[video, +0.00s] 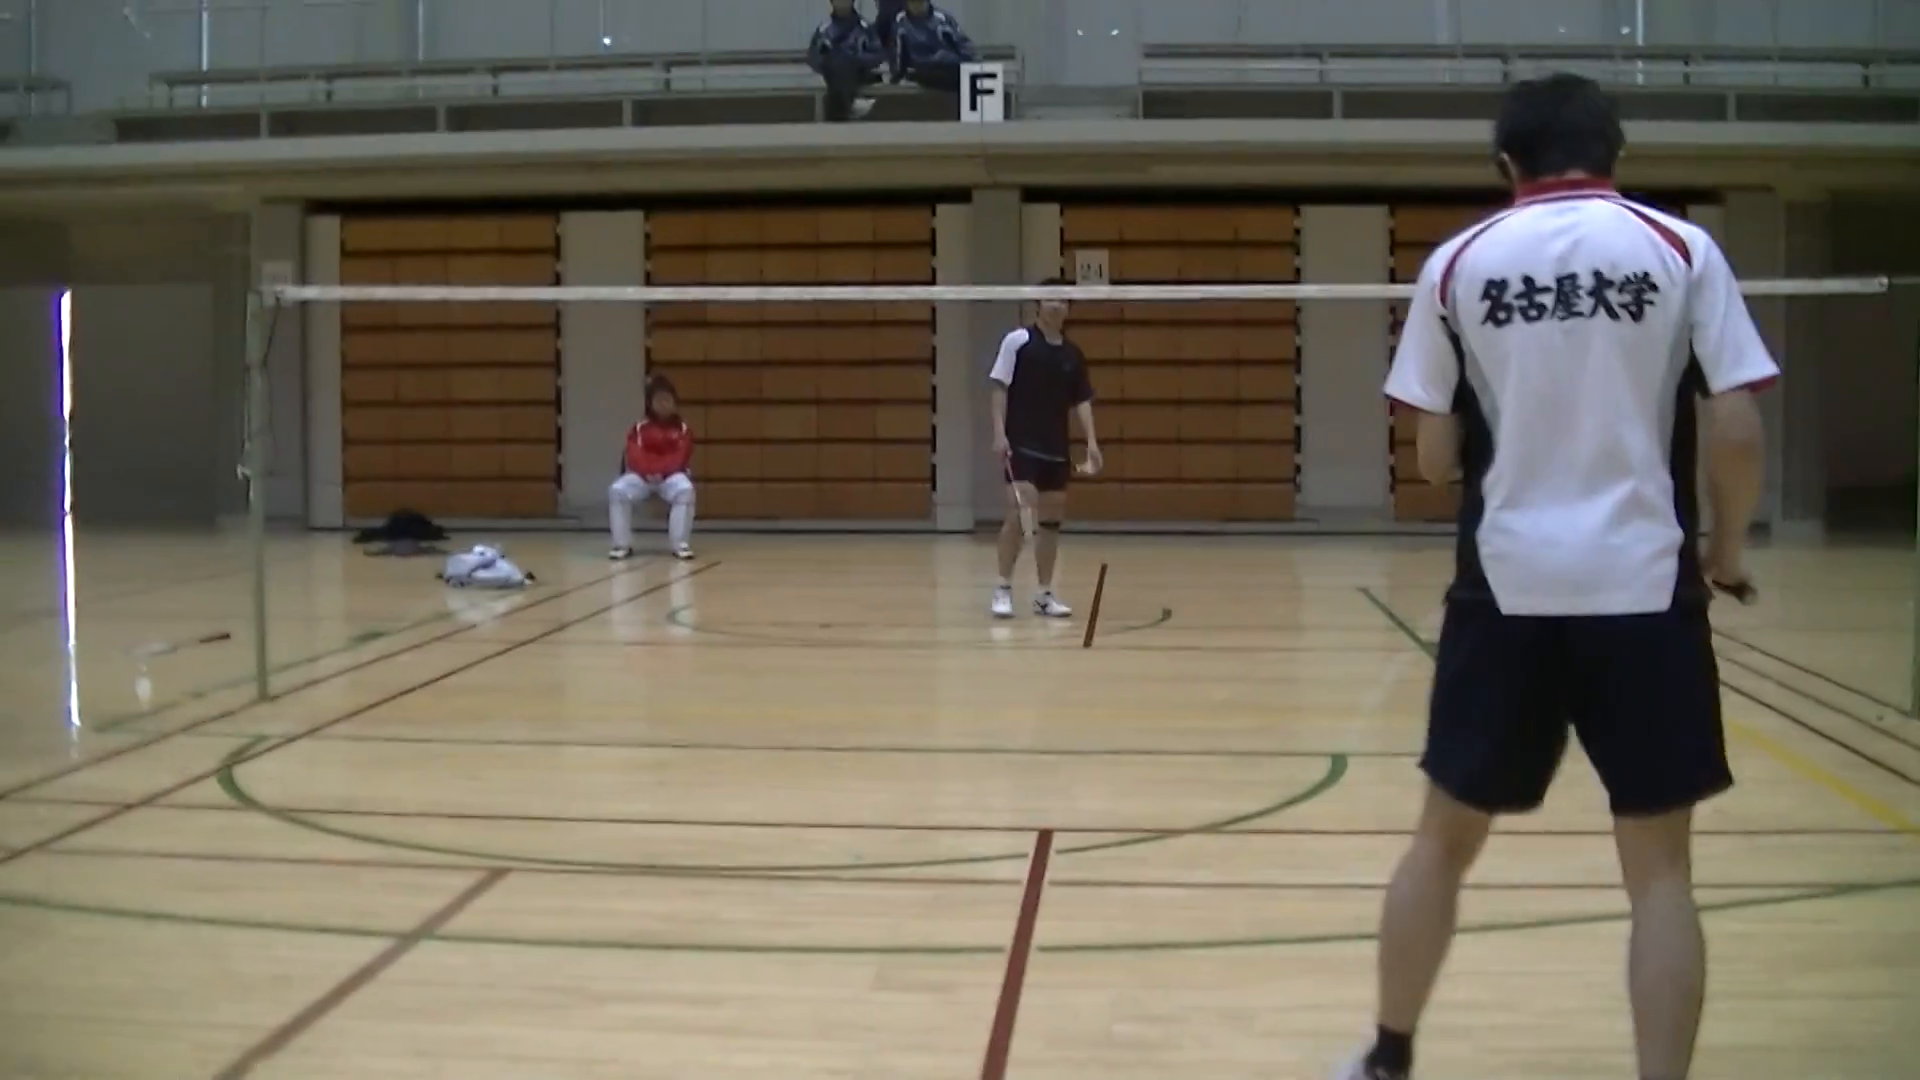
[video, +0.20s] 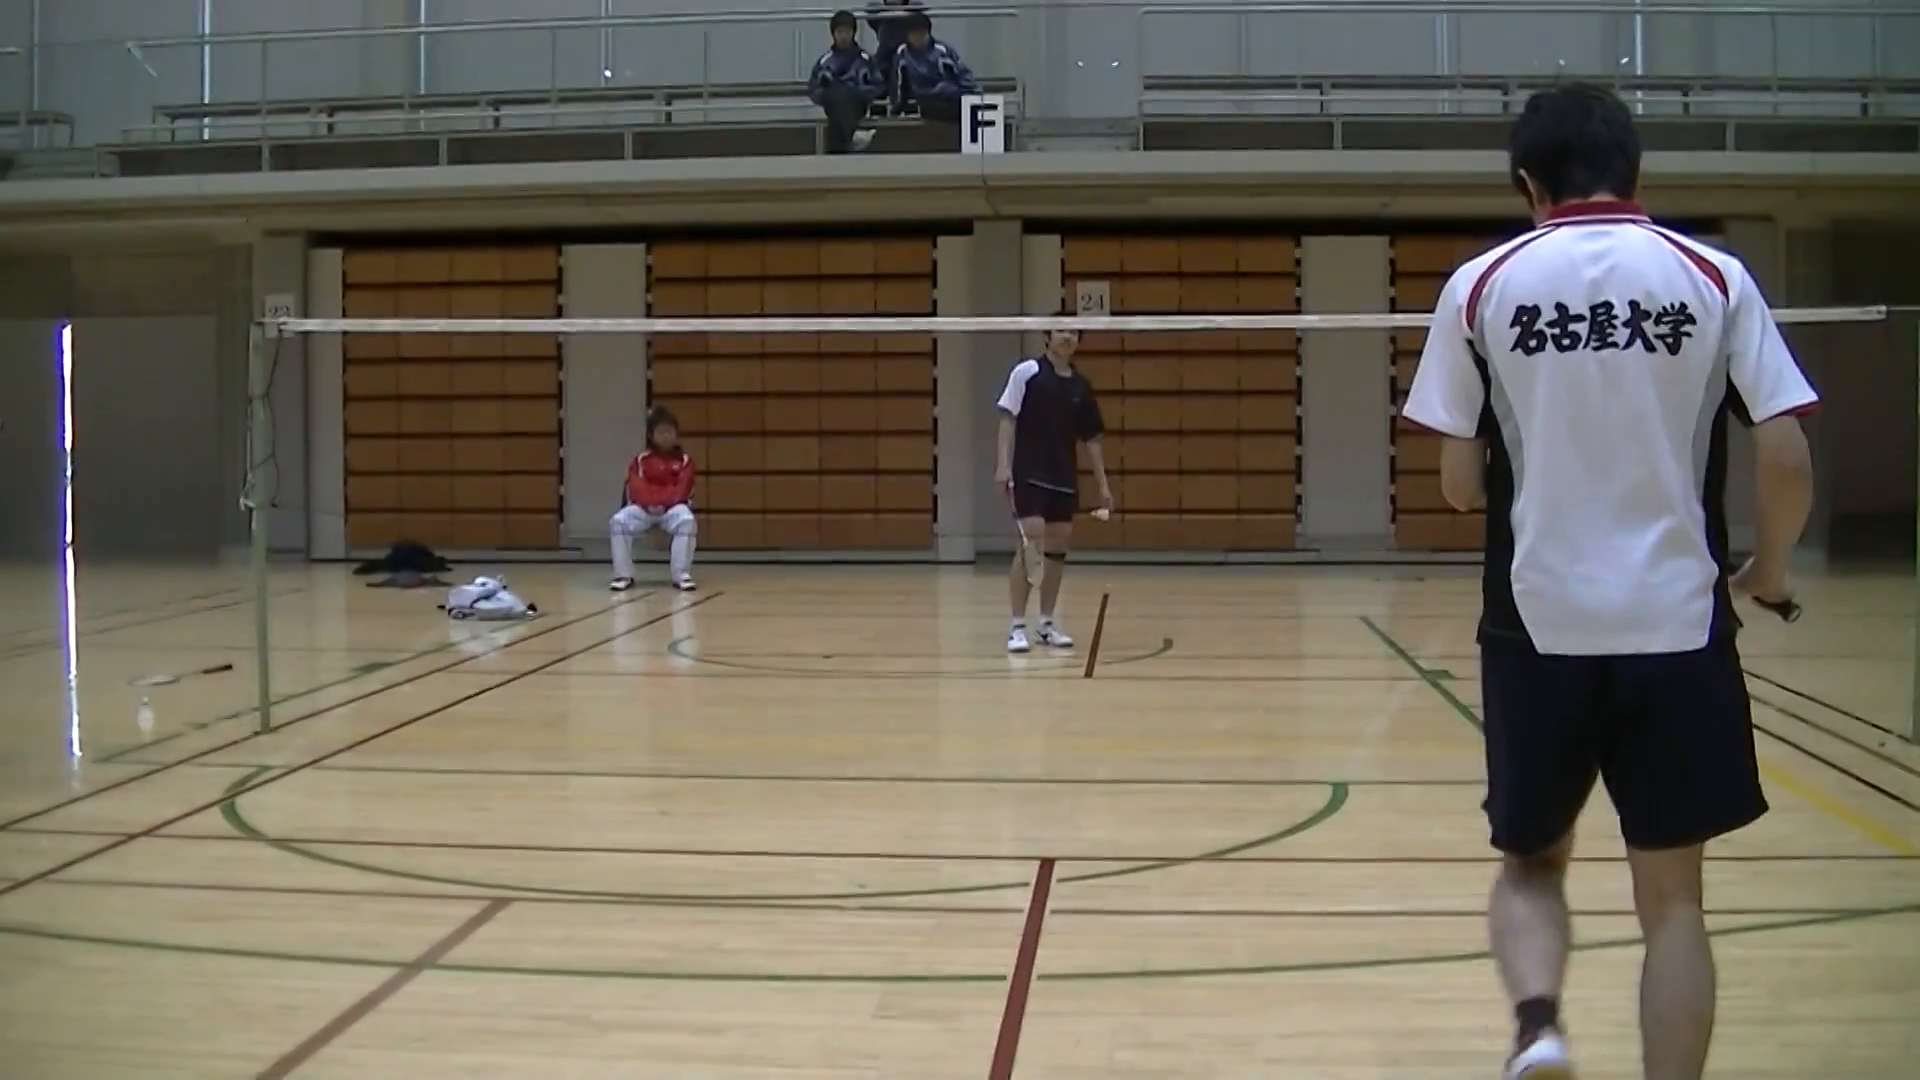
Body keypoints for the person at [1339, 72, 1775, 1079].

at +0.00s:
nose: (1506, 173)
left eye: (1503, 159)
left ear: (1508, 165)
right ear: (1613, 158)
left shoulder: (1458, 264)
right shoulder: (1686, 250)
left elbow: (1437, 458)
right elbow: (1735, 429)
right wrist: (1726, 550)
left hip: (1505, 604)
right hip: (1645, 606)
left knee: (1440, 842)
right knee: (1659, 872)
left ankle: (1388, 1058)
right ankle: (1663, 1078)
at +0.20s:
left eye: (1523, 179)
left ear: (1529, 183)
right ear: (1634, 174)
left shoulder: (1481, 287)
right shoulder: (1715, 276)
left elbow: (1462, 479)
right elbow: (1786, 457)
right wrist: (1770, 566)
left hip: (1539, 637)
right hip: (1675, 636)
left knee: (1530, 860)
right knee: (1673, 902)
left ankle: (1538, 1031)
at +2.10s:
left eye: (1488, 238)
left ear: (1490, 248)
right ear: (1587, 235)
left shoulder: (1451, 348)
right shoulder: (1652, 322)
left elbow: (1366, 487)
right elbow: (1783, 426)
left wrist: (1410, 427)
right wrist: (1817, 413)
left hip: (1503, 639)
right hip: (1627, 631)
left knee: (1531, 850)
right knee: (1650, 886)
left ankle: (1526, 1061)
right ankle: (1639, 1076)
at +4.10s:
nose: (1509, 367)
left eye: (1513, 356)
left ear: (1518, 367)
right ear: (1585, 375)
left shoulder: (1509, 411)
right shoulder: (1605, 456)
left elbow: (1406, 408)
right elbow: (1579, 552)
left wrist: (1280, 384)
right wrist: (1623, 547)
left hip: (1503, 635)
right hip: (1574, 651)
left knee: (1444, 820)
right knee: (1496, 754)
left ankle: (1505, 939)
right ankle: (1509, 906)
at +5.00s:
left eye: (1476, 369)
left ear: (1477, 372)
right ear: (1546, 374)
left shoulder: (1451, 420)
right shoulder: (1584, 450)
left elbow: (1399, 514)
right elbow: (1635, 563)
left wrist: (1337, 607)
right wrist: (1633, 670)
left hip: (1472, 613)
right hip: (1555, 628)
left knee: (1433, 786)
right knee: (1505, 743)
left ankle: (1451, 931)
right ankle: (1518, 894)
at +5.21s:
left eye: (1523, 359)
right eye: (1590, 357)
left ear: (1524, 362)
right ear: (1590, 365)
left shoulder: (1495, 411)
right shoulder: (1618, 442)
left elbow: (1442, 489)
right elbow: (1639, 566)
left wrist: (1379, 572)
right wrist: (1650, 660)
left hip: (1494, 609)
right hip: (1577, 620)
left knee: (1464, 762)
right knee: (1534, 766)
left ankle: (1452, 860)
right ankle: (1514, 905)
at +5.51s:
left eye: (1547, 327)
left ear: (1550, 330)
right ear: (1611, 330)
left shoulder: (1537, 386)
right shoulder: (1651, 399)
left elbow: (1489, 473)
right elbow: (1669, 502)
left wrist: (1441, 552)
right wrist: (1669, 581)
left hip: (1559, 577)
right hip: (1635, 582)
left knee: (1549, 724)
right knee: (1602, 707)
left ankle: (1555, 859)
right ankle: (1595, 774)